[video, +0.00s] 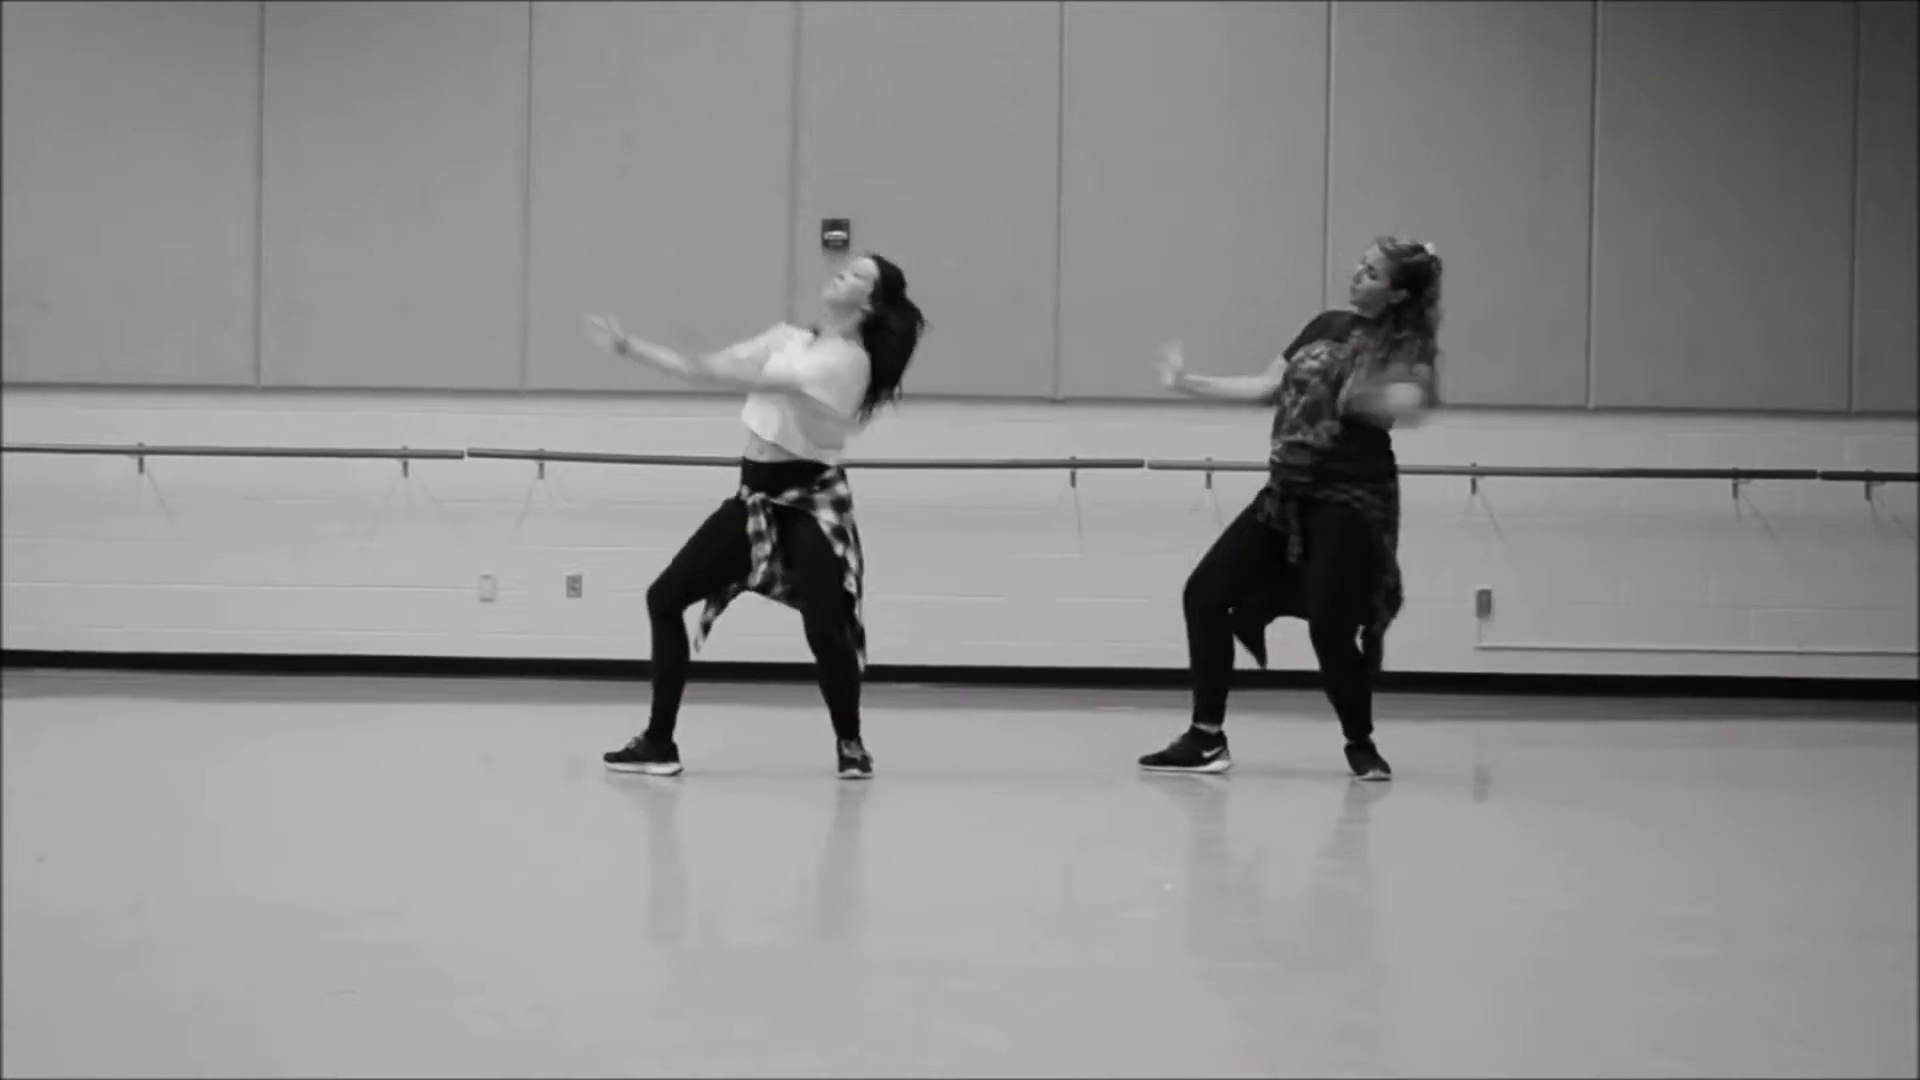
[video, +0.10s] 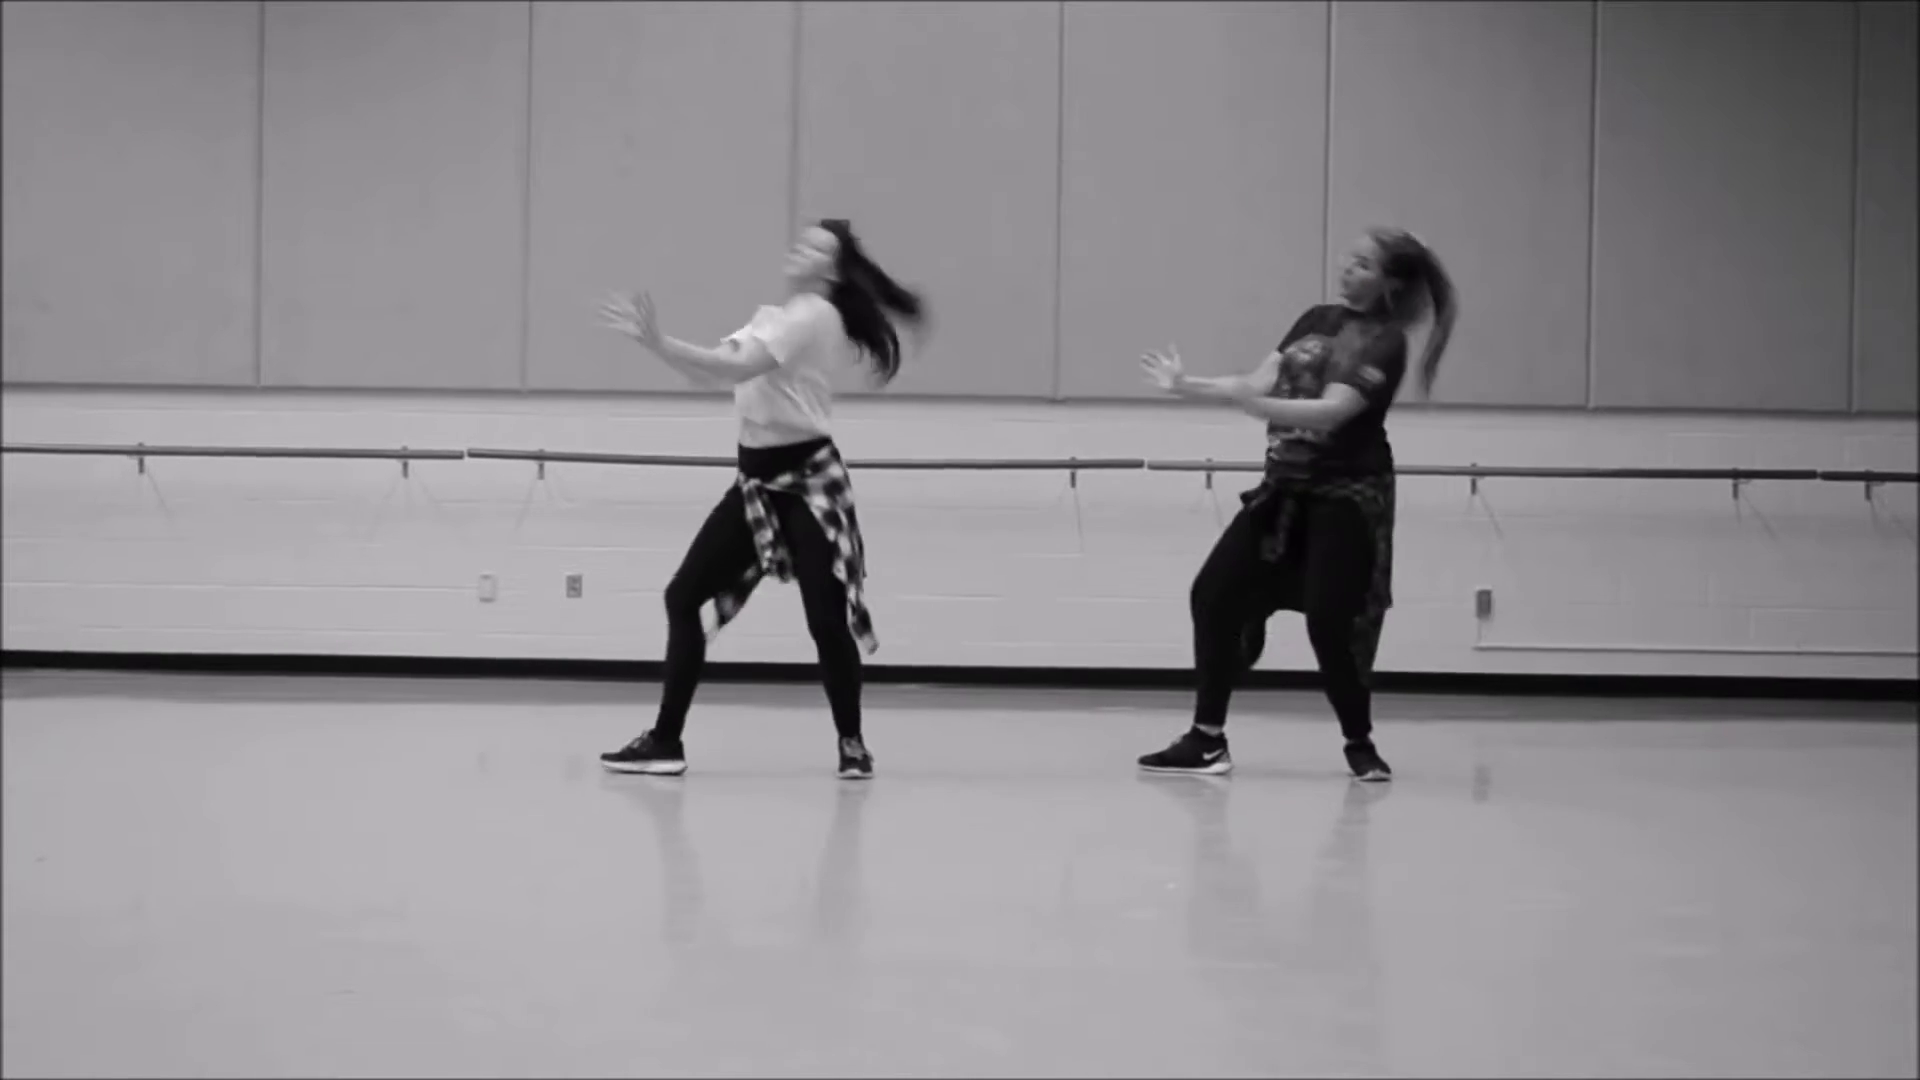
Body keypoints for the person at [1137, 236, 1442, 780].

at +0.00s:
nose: (1357, 274)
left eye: (1372, 273)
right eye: (1362, 265)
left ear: (1397, 295)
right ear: (1359, 274)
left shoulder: (1403, 348)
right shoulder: (1327, 326)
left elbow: (1407, 400)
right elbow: (1264, 386)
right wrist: (1188, 381)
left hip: (1351, 502)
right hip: (1286, 495)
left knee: (1330, 626)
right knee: (1204, 595)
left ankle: (1361, 746)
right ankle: (1206, 735)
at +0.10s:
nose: (1346, 268)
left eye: (1361, 265)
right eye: (1349, 258)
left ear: (1389, 284)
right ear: (1346, 265)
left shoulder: (1383, 341)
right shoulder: (1317, 319)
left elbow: (1330, 413)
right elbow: (1257, 385)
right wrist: (1187, 384)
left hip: (1347, 496)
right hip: (1286, 489)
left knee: (1330, 622)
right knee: (1213, 596)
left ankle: (1360, 747)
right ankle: (1207, 737)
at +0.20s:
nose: (1296, 259)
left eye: (1307, 249)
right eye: (1291, 249)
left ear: (1337, 252)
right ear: (1288, 255)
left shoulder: (1350, 316)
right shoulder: (1290, 314)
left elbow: (1311, 401)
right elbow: (1248, 378)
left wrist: (1223, 408)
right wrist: (1175, 382)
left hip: (1350, 487)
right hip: (1289, 484)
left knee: (1339, 615)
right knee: (1232, 598)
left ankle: (1362, 742)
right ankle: (1211, 735)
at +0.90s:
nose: (1321, 325)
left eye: (1331, 311)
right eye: (1309, 314)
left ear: (1352, 305)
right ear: (1295, 312)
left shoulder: (1383, 359)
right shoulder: (1281, 354)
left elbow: (1358, 447)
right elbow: (1253, 431)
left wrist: (1282, 448)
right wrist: (1207, 441)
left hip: (1338, 516)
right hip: (1264, 510)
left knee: (1354, 629)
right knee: (1168, 603)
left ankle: (1371, 746)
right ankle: (1200, 736)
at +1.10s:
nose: (1339, 311)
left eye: (1351, 299)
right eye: (1328, 298)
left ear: (1368, 301)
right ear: (1313, 296)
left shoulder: (1372, 365)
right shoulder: (1280, 329)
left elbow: (1333, 441)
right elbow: (1238, 393)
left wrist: (1252, 400)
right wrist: (1198, 393)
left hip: (1320, 508)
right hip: (1245, 497)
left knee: (1330, 626)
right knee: (1171, 602)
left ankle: (1372, 746)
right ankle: (1200, 735)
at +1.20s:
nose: (1281, 269)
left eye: (1292, 258)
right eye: (1273, 258)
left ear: (1317, 261)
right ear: (1262, 261)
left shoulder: (1335, 323)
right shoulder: (1245, 303)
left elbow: (1317, 408)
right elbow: (1186, 358)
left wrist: (1235, 395)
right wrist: (1162, 372)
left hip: (1314, 488)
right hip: (1236, 483)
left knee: (1343, 616)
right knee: (1179, 596)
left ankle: (1374, 739)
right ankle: (1201, 734)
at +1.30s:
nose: (1237, 264)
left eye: (1244, 251)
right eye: (1224, 254)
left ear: (1265, 245)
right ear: (1209, 254)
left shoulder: (1291, 293)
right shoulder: (1200, 287)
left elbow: (1282, 377)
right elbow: (1142, 336)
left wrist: (1198, 379)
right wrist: (1119, 364)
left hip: (1302, 471)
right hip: (1226, 471)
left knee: (1341, 601)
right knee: (1195, 596)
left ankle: (1375, 725)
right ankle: (1203, 735)